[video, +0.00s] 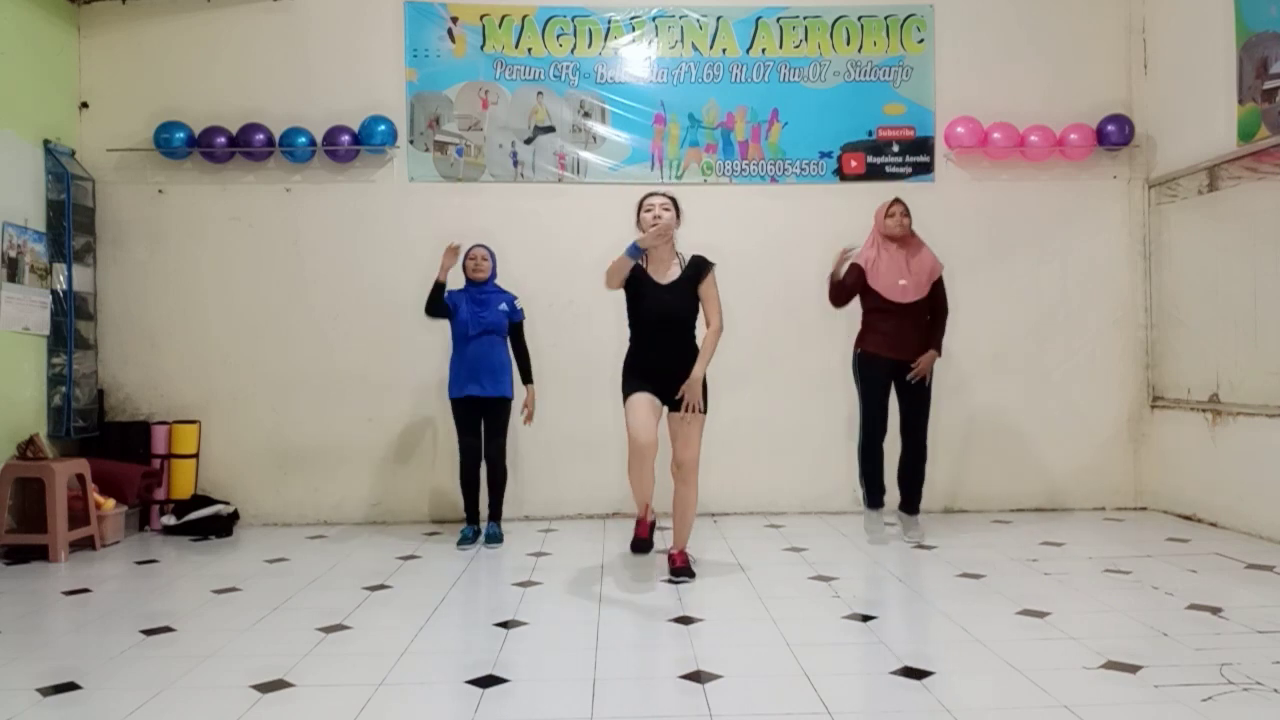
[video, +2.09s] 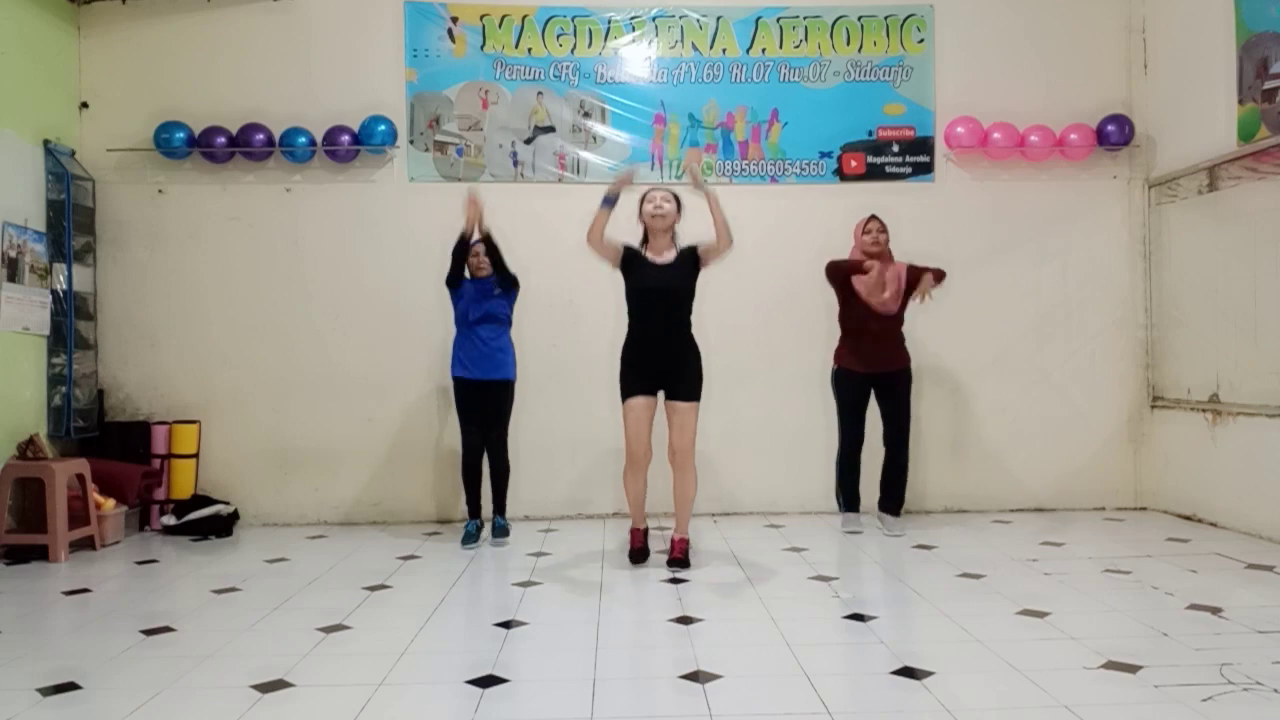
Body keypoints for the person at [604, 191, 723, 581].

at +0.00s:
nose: (657, 215)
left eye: (665, 209)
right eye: (649, 211)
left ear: (677, 221)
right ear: (639, 223)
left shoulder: (697, 267)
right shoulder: (632, 264)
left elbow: (714, 326)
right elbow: (612, 280)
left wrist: (697, 376)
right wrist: (635, 247)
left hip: (685, 370)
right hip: (641, 368)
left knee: (685, 464)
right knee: (641, 441)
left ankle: (679, 550)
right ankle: (644, 516)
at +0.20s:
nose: (656, 214)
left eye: (663, 208)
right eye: (648, 209)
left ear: (675, 221)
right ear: (636, 222)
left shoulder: (693, 270)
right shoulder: (627, 264)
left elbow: (702, 327)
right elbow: (621, 273)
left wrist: (686, 363)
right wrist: (639, 251)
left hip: (678, 366)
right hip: (633, 368)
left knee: (692, 460)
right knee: (637, 464)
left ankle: (681, 541)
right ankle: (639, 551)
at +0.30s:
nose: (656, 215)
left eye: (664, 209)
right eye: (648, 210)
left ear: (676, 222)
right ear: (636, 223)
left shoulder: (692, 271)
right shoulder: (626, 266)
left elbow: (698, 330)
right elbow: (621, 275)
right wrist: (640, 257)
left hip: (677, 368)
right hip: (633, 369)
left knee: (687, 449)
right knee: (636, 464)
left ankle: (679, 527)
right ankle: (640, 551)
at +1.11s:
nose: (648, 218)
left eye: (656, 212)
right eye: (643, 215)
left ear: (676, 225)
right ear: (639, 227)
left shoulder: (693, 269)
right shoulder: (631, 270)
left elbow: (705, 267)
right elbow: (620, 277)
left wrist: (690, 253)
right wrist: (633, 259)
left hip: (684, 371)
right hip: (639, 371)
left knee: (683, 465)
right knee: (638, 465)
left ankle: (678, 548)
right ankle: (645, 547)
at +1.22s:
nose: (641, 219)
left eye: (651, 213)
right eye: (639, 214)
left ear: (673, 223)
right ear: (640, 224)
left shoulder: (693, 266)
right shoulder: (632, 267)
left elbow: (708, 234)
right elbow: (615, 242)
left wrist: (682, 192)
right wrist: (629, 204)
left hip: (685, 368)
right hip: (642, 367)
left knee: (684, 462)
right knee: (636, 442)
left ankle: (679, 547)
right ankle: (644, 524)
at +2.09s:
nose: (658, 204)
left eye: (666, 202)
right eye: (650, 202)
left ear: (677, 216)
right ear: (641, 215)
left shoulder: (691, 256)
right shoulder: (629, 256)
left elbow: (724, 241)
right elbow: (595, 239)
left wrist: (705, 189)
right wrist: (614, 191)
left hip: (682, 360)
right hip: (639, 360)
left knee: (681, 453)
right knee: (637, 453)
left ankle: (680, 537)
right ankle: (637, 530)